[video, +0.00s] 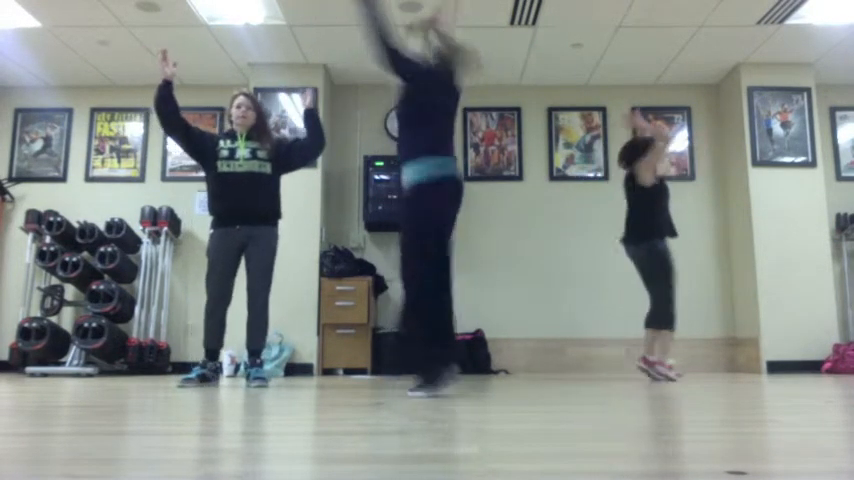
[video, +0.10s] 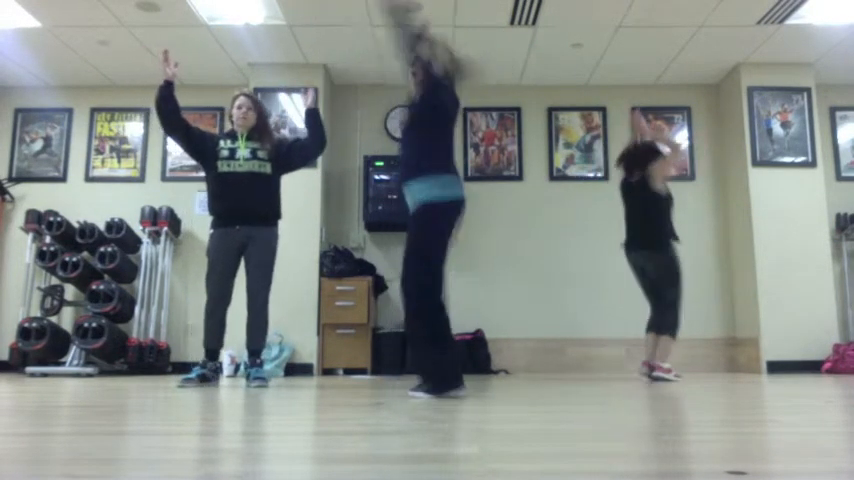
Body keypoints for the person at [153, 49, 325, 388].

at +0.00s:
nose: (241, 112)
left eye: (247, 108)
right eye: (236, 108)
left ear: (257, 116)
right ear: (229, 114)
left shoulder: (274, 150)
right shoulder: (211, 145)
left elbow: (314, 146)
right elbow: (173, 124)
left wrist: (309, 111)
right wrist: (166, 83)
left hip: (263, 232)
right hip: (225, 232)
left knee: (258, 299)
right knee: (217, 298)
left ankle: (255, 364)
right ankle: (211, 364)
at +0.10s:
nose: (242, 112)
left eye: (248, 109)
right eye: (237, 108)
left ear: (258, 116)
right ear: (230, 114)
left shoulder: (275, 151)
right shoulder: (212, 145)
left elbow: (315, 145)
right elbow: (174, 124)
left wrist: (310, 110)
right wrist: (168, 84)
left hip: (262, 233)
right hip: (225, 232)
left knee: (258, 300)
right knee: (216, 299)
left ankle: (255, 365)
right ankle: (210, 364)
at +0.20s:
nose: (242, 113)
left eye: (248, 110)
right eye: (238, 109)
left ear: (259, 117)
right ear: (231, 114)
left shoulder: (275, 150)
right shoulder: (212, 145)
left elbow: (315, 146)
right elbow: (173, 124)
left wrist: (310, 111)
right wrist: (168, 84)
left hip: (260, 233)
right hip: (223, 232)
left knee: (257, 300)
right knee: (215, 299)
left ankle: (254, 365)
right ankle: (210, 364)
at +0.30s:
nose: (242, 113)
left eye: (248, 109)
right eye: (237, 108)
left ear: (258, 116)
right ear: (231, 114)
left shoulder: (274, 150)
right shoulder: (212, 144)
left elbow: (314, 146)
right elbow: (173, 123)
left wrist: (309, 111)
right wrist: (168, 84)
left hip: (259, 233)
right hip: (222, 233)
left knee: (256, 301)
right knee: (215, 299)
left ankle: (254, 365)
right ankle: (210, 364)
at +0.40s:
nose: (242, 111)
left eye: (248, 108)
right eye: (237, 107)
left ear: (258, 116)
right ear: (230, 113)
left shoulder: (273, 150)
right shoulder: (211, 144)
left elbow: (312, 147)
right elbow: (173, 123)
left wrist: (308, 112)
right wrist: (168, 84)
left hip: (257, 233)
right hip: (220, 232)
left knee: (255, 300)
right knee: (214, 299)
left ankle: (254, 364)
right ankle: (210, 364)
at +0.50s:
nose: (241, 111)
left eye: (247, 107)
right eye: (237, 107)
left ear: (258, 116)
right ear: (230, 113)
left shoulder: (272, 150)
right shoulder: (210, 145)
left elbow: (311, 147)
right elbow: (171, 124)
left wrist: (307, 113)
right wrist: (167, 84)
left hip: (256, 233)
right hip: (219, 232)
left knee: (254, 300)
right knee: (213, 299)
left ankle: (254, 365)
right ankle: (210, 364)